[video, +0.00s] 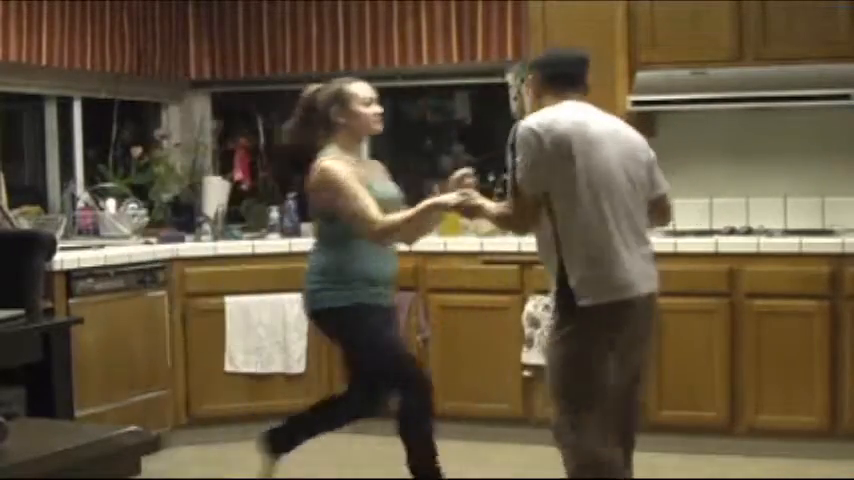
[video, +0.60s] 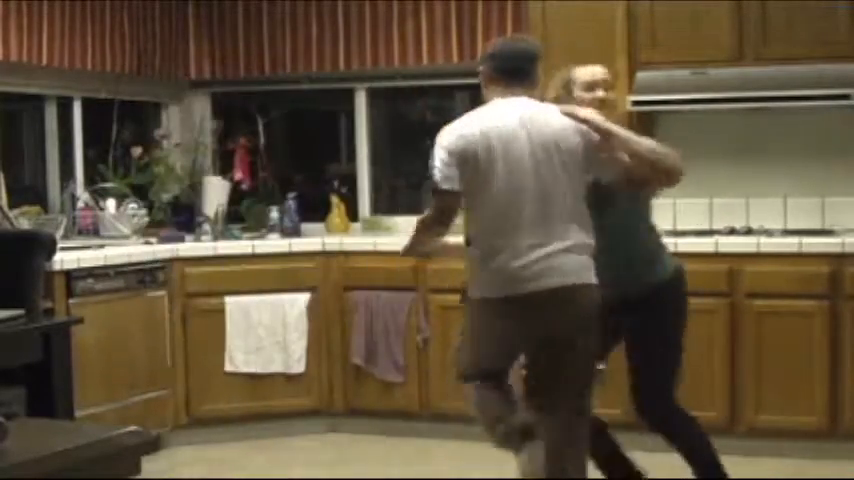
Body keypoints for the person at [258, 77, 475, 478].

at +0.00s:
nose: (379, 109)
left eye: (377, 102)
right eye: (368, 104)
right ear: (339, 114)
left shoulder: (374, 168)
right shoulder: (329, 169)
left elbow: (402, 233)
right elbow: (377, 230)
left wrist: (443, 200)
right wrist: (434, 204)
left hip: (374, 295)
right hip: (339, 297)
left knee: (366, 397)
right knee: (413, 381)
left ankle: (277, 441)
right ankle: (427, 473)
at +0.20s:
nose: (466, 103)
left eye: (464, 95)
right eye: (454, 97)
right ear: (425, 108)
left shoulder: (475, 160)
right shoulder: (411, 163)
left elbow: (494, 215)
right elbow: (418, 238)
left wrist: (516, 207)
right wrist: (470, 213)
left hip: (468, 293)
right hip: (417, 296)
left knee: (525, 373)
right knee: (475, 393)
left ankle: (517, 467)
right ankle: (418, 470)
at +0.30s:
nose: (501, 102)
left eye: (500, 95)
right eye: (491, 96)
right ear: (464, 106)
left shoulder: (495, 156)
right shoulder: (444, 165)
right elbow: (426, 236)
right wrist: (481, 220)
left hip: (496, 291)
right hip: (460, 294)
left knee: (490, 405)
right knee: (489, 406)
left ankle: (433, 464)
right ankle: (428, 467)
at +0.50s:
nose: (482, 84)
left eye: (484, 77)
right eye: (482, 77)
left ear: (492, 77)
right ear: (537, 77)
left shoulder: (477, 132)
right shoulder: (583, 128)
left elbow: (469, 207)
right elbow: (633, 183)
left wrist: (419, 236)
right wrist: (589, 207)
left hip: (519, 289)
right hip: (588, 284)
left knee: (472, 386)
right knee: (565, 407)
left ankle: (552, 422)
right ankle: (565, 473)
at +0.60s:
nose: (482, 81)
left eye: (482, 76)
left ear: (485, 77)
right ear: (536, 77)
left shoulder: (459, 134)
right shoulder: (571, 126)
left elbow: (443, 212)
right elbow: (630, 170)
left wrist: (417, 245)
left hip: (500, 291)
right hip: (573, 285)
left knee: (485, 376)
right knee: (567, 408)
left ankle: (523, 440)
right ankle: (566, 473)